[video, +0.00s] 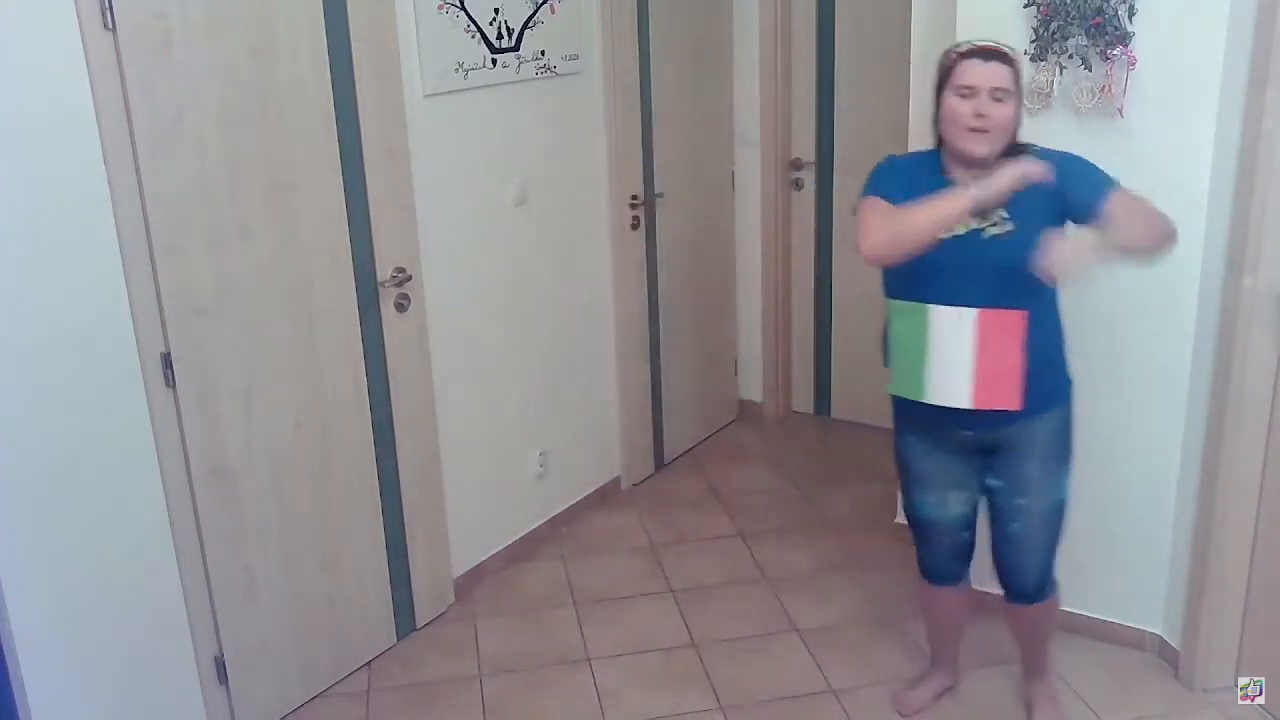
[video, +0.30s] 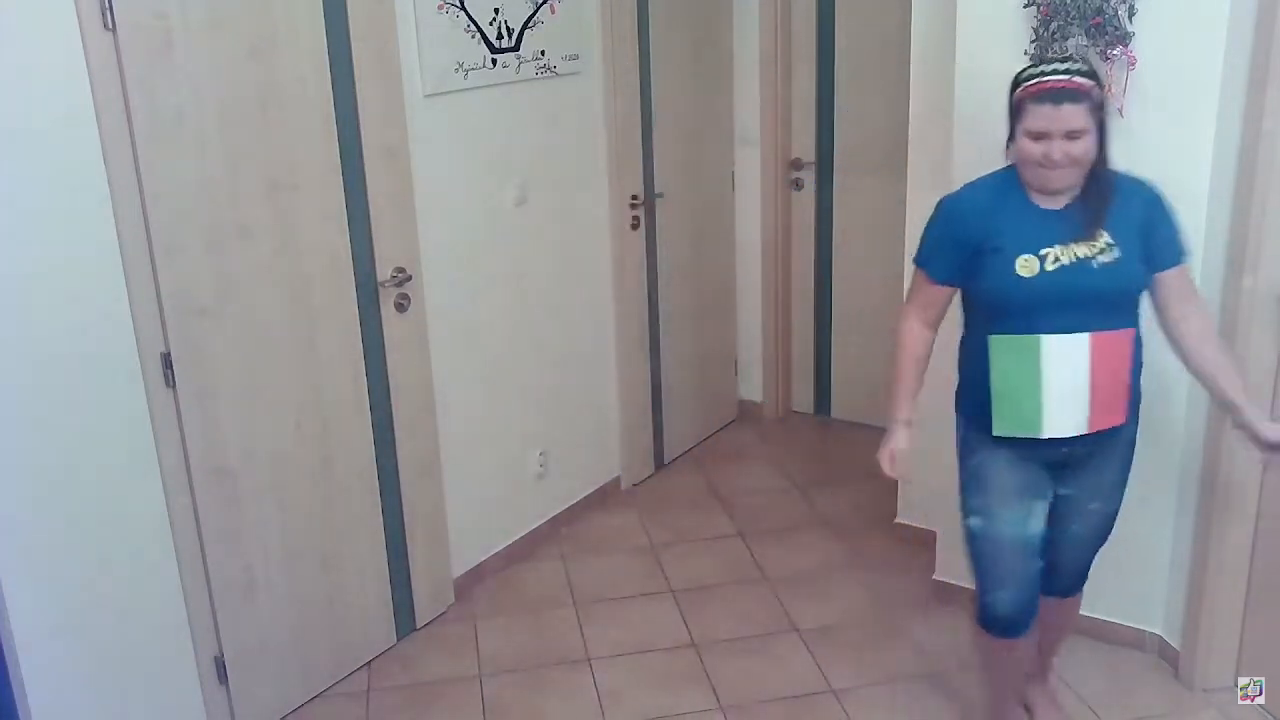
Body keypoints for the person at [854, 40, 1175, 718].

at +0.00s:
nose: (980, 110)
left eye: (998, 97)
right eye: (965, 94)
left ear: (1019, 112)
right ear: (938, 105)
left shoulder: (1051, 173)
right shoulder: (900, 175)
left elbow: (1156, 228)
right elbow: (873, 244)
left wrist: (1092, 241)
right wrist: (981, 193)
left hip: (1029, 413)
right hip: (930, 412)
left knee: (1028, 575)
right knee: (941, 563)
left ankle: (1038, 680)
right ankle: (944, 669)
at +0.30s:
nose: (1056, 152)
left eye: (1073, 135)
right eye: (1038, 135)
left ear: (1098, 134)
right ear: (1013, 135)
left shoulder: (1137, 206)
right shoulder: (967, 213)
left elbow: (1185, 316)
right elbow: (920, 317)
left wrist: (1246, 411)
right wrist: (899, 421)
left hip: (1102, 439)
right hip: (1001, 440)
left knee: (1064, 581)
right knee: (1006, 606)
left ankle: (1039, 679)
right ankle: (1004, 709)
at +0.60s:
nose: (1109, 198)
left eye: (1129, 178)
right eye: (1088, 181)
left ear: (1156, 185)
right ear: (1059, 191)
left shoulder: (1195, 259)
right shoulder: (1018, 283)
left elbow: (1241, 369)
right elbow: (948, 391)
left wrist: (1279, 438)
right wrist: (890, 486)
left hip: (1137, 465)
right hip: (1034, 468)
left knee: (1124, 615)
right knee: (1065, 632)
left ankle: (1049, 652)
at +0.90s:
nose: (1130, 249)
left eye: (1150, 230)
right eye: (1108, 231)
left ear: (1179, 239)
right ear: (1079, 242)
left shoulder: (1220, 313)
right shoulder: (1038, 338)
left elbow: (1264, 421)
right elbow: (973, 459)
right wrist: (917, 553)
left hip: (1159, 495)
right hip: (1052, 498)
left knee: (1159, 660)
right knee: (1091, 675)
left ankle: (1055, 689)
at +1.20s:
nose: (1149, 167)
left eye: (1169, 151)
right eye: (1127, 152)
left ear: (1196, 167)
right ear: (1097, 172)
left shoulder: (1239, 251)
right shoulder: (1056, 272)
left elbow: (1271, 358)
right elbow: (985, 385)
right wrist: (910, 478)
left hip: (1173, 467)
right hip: (1064, 469)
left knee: (1162, 622)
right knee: (1082, 636)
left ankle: (1083, 674)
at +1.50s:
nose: (1164, 129)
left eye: (1185, 115)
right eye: (1146, 112)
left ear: (1207, 131)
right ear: (1116, 124)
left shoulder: (1241, 211)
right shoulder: (1067, 221)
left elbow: (1277, 320)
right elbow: (1001, 330)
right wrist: (926, 422)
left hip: (1186, 453)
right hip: (1081, 450)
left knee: (1134, 609)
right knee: (1080, 620)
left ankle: (1101, 698)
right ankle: (1071, 717)